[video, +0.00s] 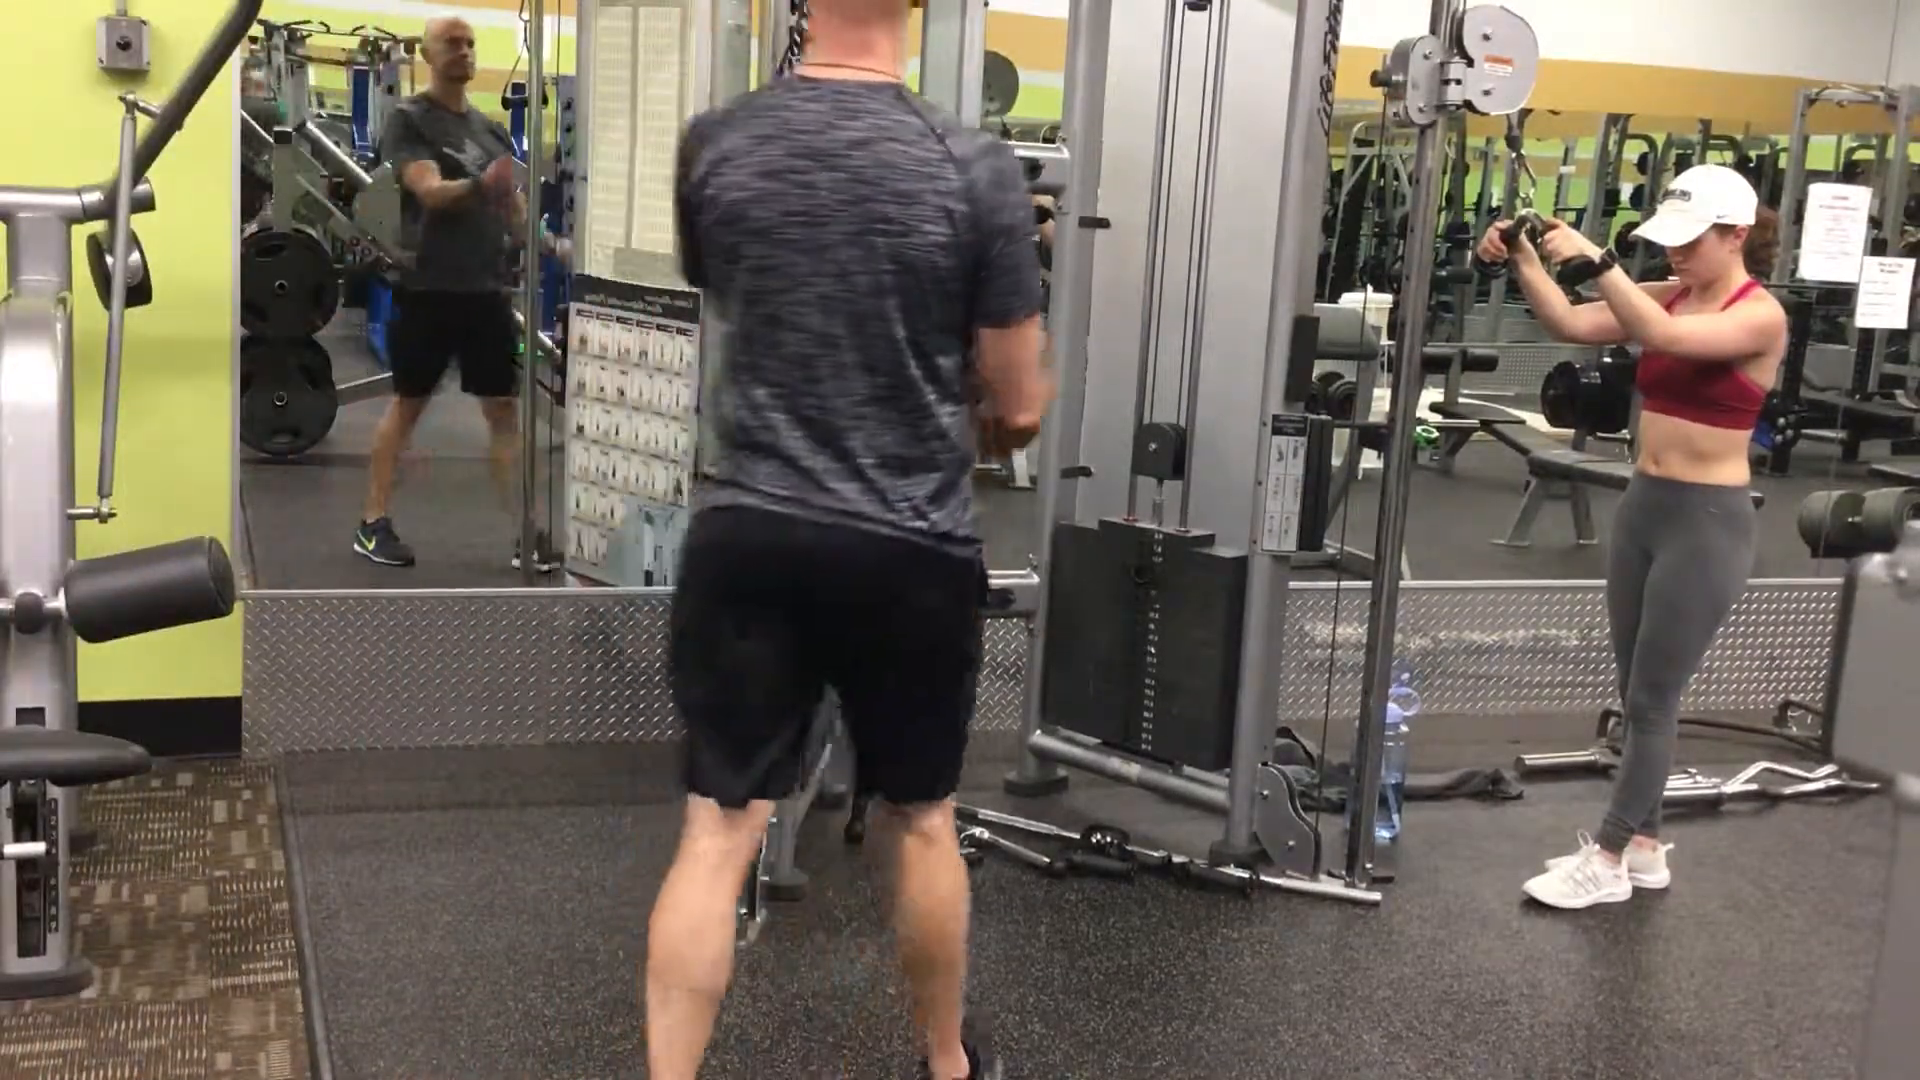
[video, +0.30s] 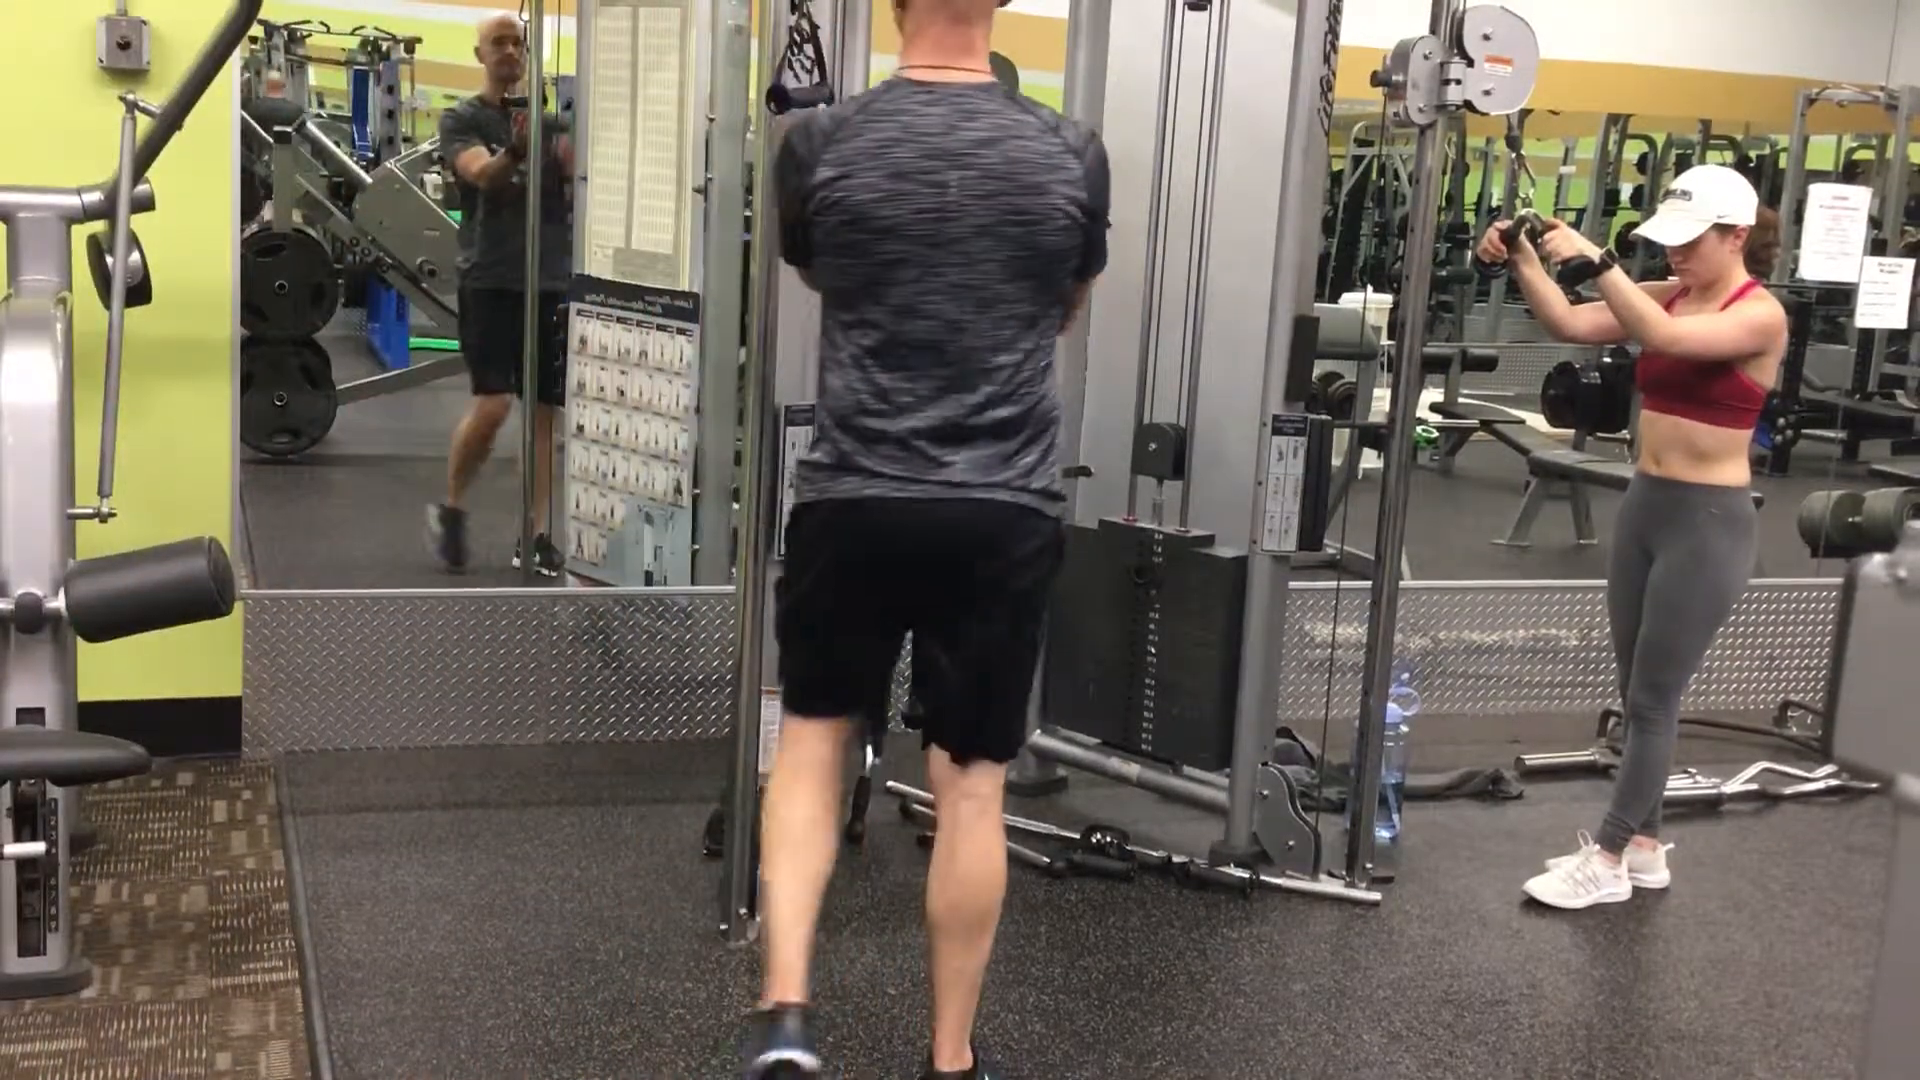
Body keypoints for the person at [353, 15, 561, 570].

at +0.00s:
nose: (464, 53)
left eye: (469, 44)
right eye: (452, 44)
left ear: (476, 54)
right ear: (426, 55)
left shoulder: (492, 132)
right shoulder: (407, 120)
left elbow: (514, 213)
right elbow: (428, 192)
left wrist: (528, 224)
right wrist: (482, 186)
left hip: (485, 293)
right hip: (428, 291)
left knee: (503, 412)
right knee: (406, 406)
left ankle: (526, 530)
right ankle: (374, 521)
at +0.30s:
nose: (510, 52)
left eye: (518, 42)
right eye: (499, 43)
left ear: (529, 51)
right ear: (479, 53)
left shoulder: (552, 115)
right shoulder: (461, 118)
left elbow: (584, 175)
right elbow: (481, 174)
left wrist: (567, 159)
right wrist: (519, 149)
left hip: (553, 281)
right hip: (490, 282)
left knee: (549, 415)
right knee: (493, 404)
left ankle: (538, 535)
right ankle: (451, 509)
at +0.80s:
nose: (536, 79)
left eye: (546, 69)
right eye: (531, 69)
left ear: (568, 71)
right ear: (523, 73)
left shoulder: (587, 123)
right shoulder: (515, 121)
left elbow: (593, 161)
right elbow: (503, 189)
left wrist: (544, 103)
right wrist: (506, 129)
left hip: (580, 282)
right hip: (523, 282)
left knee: (571, 428)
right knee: (527, 428)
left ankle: (565, 552)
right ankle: (528, 550)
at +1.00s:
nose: (554, 76)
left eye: (562, 68)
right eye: (553, 67)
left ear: (587, 71)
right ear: (553, 71)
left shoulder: (607, 129)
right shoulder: (546, 124)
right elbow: (518, 179)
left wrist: (565, 124)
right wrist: (518, 115)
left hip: (596, 288)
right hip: (549, 287)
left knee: (586, 431)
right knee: (543, 428)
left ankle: (589, 558)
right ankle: (536, 547)